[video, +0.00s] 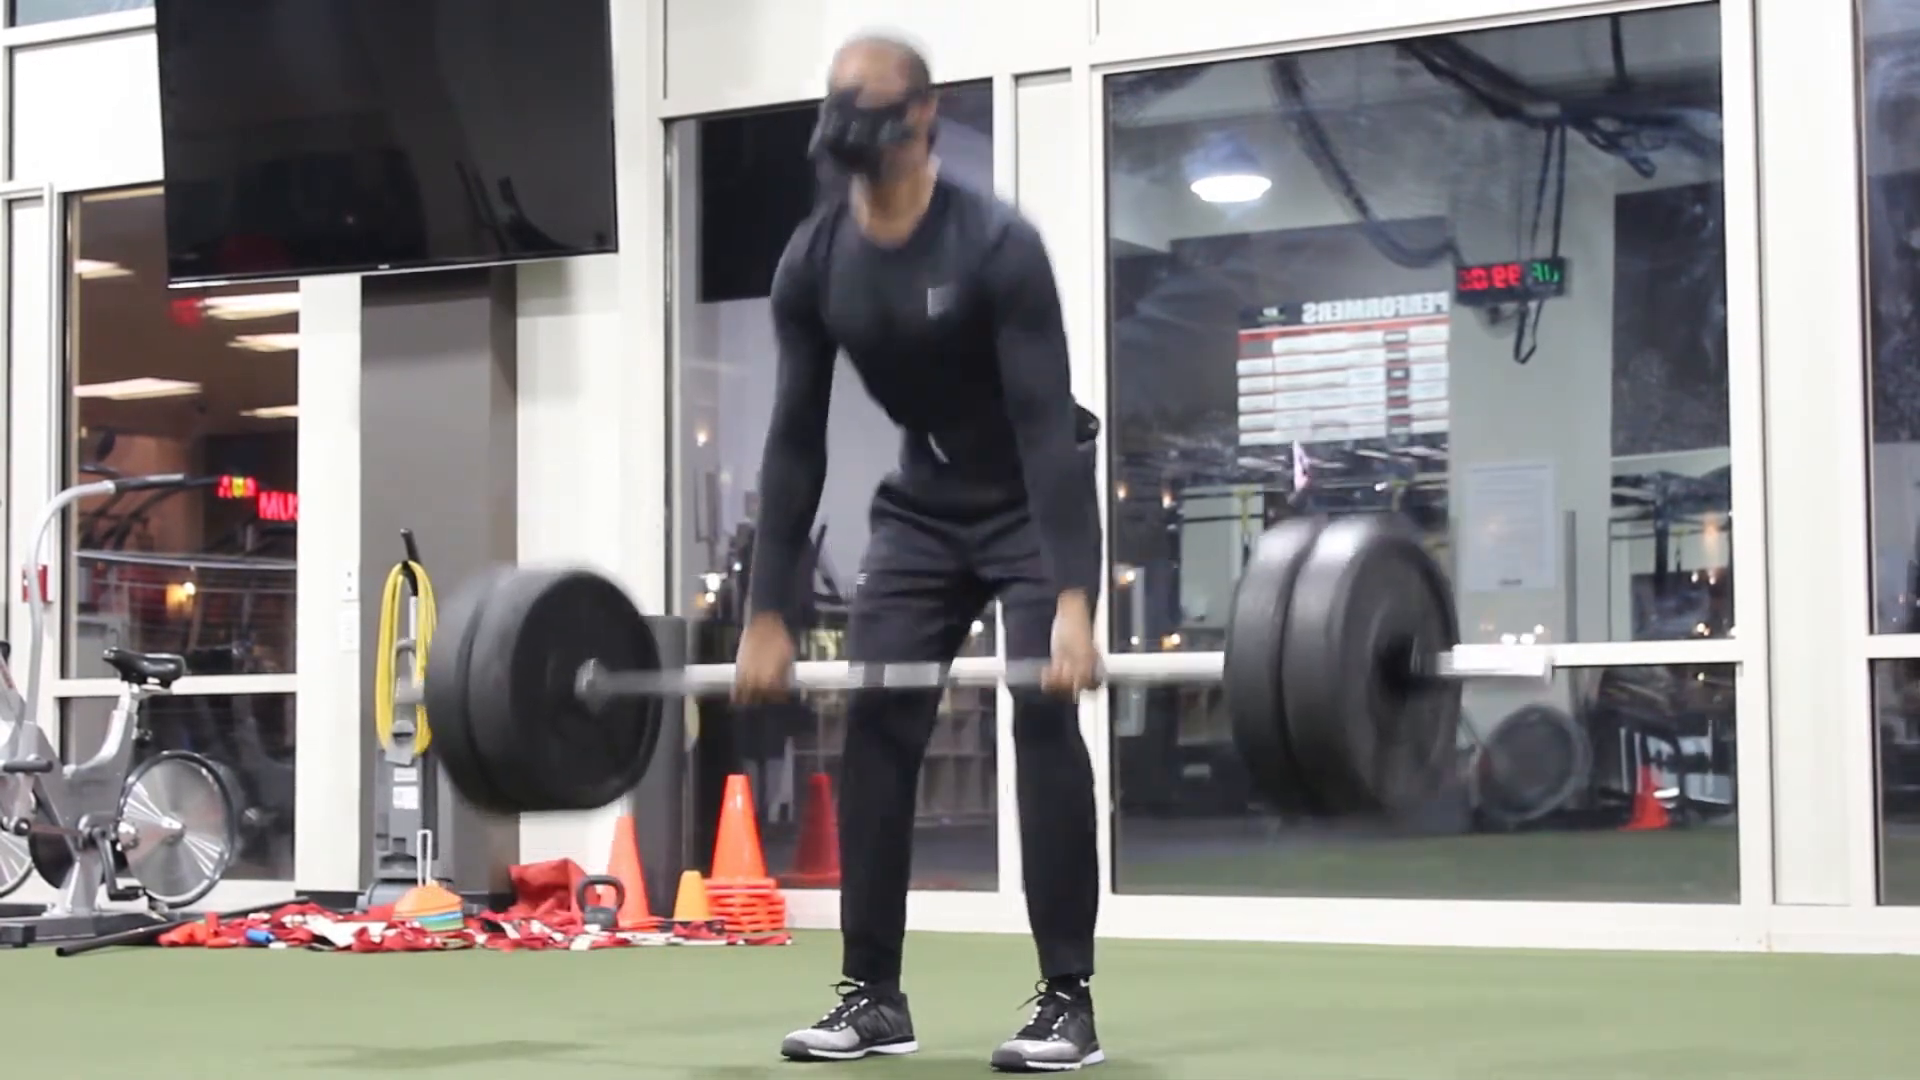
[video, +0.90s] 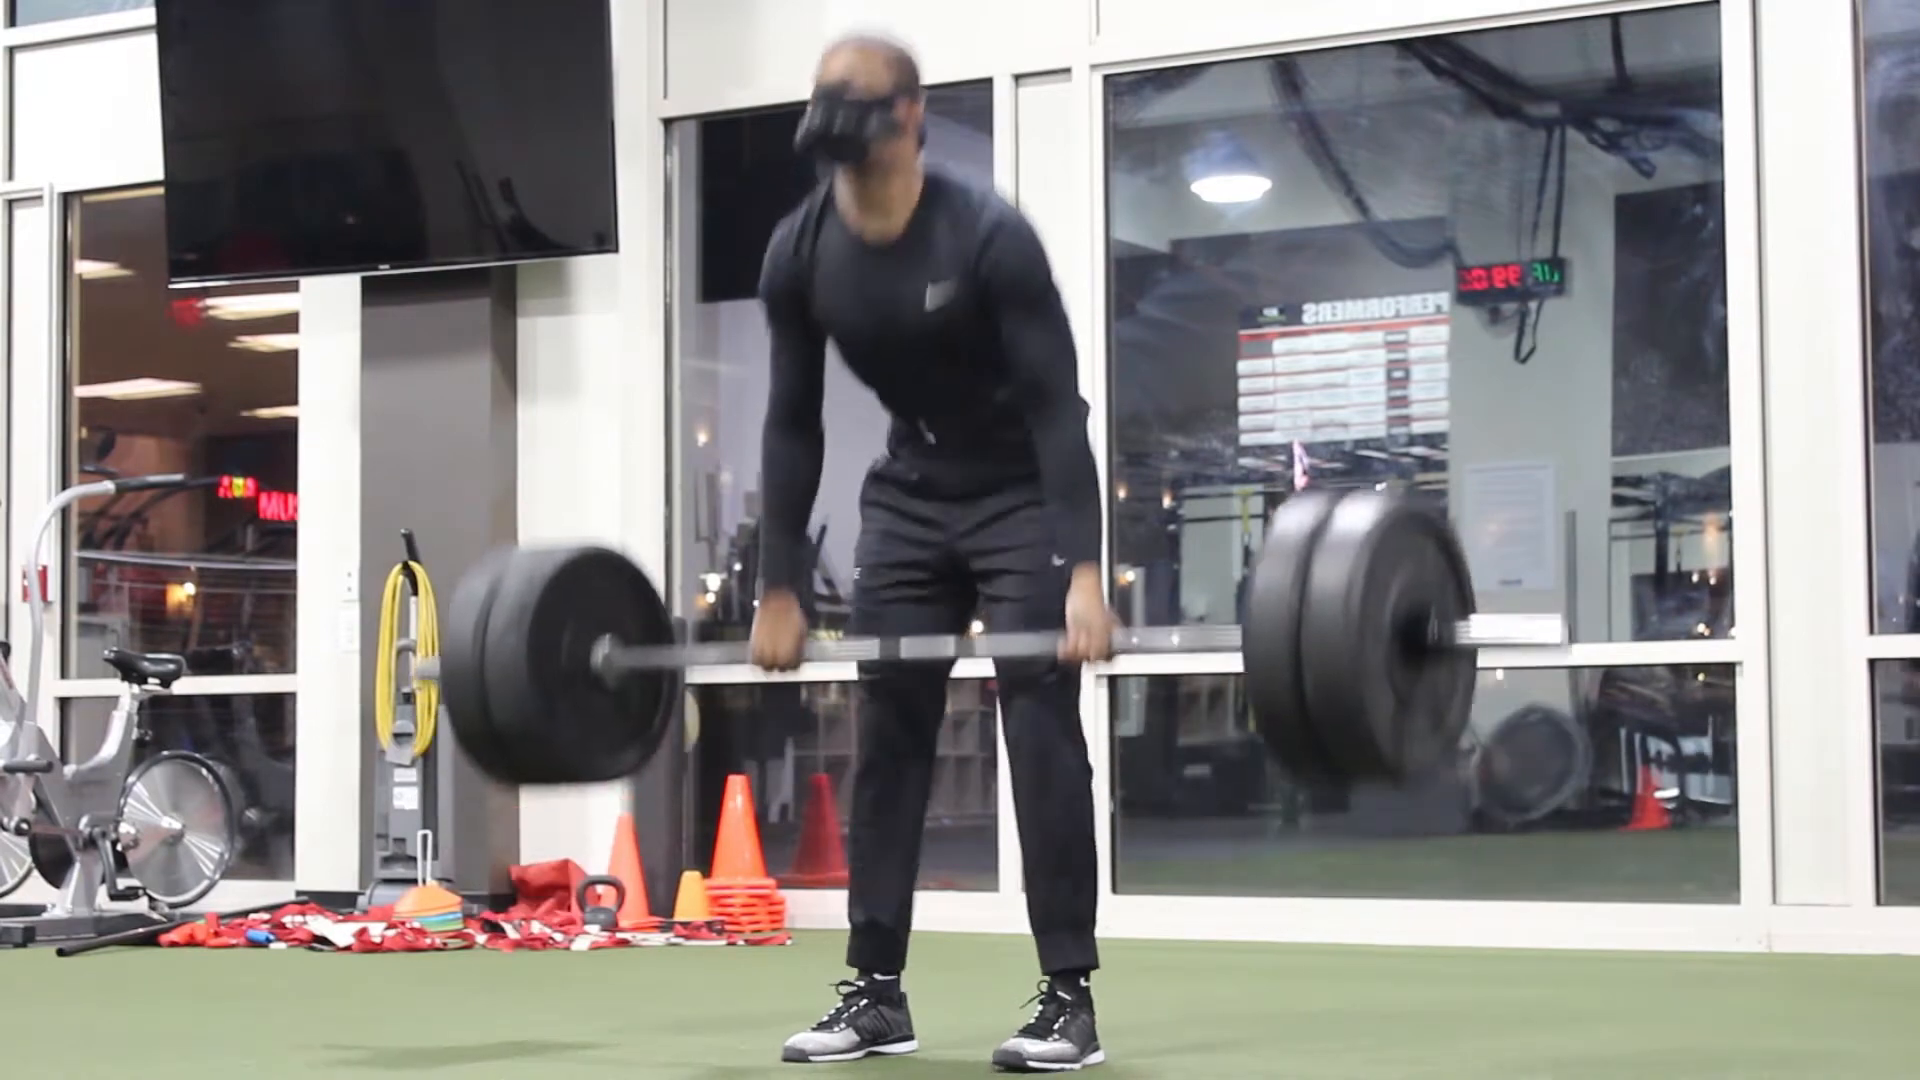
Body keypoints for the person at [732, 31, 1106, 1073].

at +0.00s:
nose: (852, 129)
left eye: (874, 112)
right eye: (841, 111)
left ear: (926, 116)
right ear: (828, 121)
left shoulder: (999, 244)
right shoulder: (811, 263)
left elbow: (1049, 424)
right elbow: (793, 440)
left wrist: (1073, 596)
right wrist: (769, 609)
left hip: (1037, 504)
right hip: (922, 505)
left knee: (1040, 710)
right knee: (879, 709)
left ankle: (1067, 998)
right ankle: (873, 996)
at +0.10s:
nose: (816, 201)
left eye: (839, 185)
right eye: (810, 184)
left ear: (904, 194)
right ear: (805, 191)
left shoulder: (992, 314)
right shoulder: (802, 335)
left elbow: (1050, 499)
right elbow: (789, 510)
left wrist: (1069, 669)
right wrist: (759, 679)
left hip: (1052, 516)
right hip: (936, 524)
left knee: (1050, 735)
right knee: (865, 725)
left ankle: (1065, 997)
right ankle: (872, 994)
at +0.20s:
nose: (811, 284)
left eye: (834, 269)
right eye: (803, 267)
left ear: (894, 282)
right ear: (790, 275)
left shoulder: (982, 386)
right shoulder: (795, 412)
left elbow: (1048, 570)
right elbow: (781, 585)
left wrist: (1068, 751)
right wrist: (758, 758)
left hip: (1052, 530)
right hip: (937, 546)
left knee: (1033, 733)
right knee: (842, 730)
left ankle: (1065, 1002)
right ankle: (872, 996)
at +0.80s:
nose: (806, 194)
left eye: (829, 179)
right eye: (799, 176)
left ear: (889, 186)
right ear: (790, 179)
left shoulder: (982, 298)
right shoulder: (790, 315)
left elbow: (1055, 464)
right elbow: (786, 483)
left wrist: (1084, 640)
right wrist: (778, 652)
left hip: (1033, 503)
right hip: (917, 507)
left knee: (1040, 725)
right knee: (869, 722)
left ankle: (1067, 996)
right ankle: (874, 991)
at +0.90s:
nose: (830, 122)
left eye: (852, 104)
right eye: (822, 103)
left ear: (910, 117)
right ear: (814, 117)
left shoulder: (991, 237)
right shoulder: (799, 254)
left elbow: (1059, 405)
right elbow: (791, 422)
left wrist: (1084, 571)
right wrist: (778, 586)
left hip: (1025, 491)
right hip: (908, 492)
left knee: (1038, 725)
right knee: (891, 728)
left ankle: (1068, 998)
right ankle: (876, 992)